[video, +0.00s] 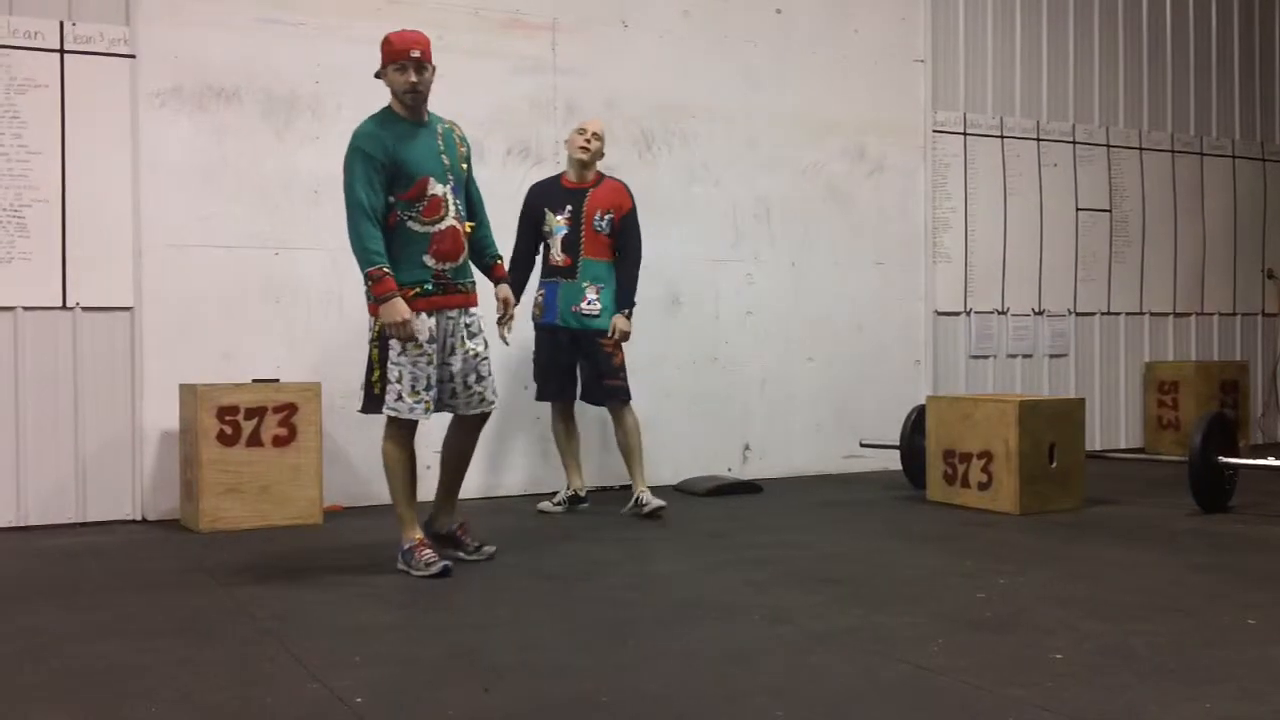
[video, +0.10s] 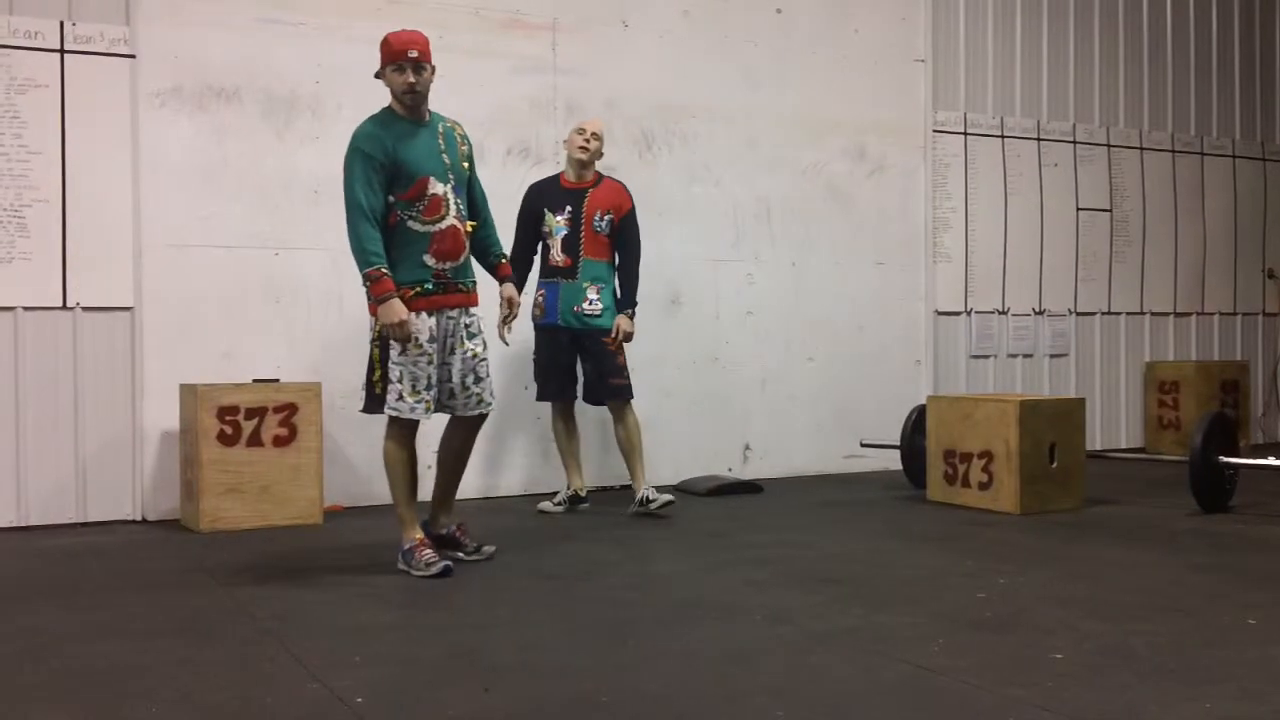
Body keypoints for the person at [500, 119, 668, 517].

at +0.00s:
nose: (587, 140)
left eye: (595, 137)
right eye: (582, 134)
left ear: (602, 152)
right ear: (567, 143)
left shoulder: (617, 193)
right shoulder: (541, 192)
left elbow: (630, 254)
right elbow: (524, 252)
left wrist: (624, 310)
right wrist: (508, 302)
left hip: (601, 318)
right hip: (553, 318)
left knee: (618, 402)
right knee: (560, 402)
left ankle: (640, 489)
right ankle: (575, 487)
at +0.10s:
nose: (587, 140)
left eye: (595, 137)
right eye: (581, 134)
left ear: (601, 150)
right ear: (566, 142)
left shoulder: (617, 194)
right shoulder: (540, 193)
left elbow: (629, 256)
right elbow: (522, 252)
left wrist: (627, 311)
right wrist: (510, 299)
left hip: (601, 317)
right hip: (552, 316)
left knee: (620, 403)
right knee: (561, 403)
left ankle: (641, 490)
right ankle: (575, 489)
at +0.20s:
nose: (588, 140)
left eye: (595, 137)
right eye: (582, 134)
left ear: (602, 150)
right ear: (566, 143)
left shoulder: (617, 194)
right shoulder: (539, 194)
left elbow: (630, 256)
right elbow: (523, 254)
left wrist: (629, 310)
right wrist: (511, 300)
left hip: (603, 316)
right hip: (554, 317)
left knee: (621, 402)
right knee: (562, 403)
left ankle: (643, 488)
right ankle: (575, 488)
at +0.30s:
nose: (588, 139)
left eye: (596, 137)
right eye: (582, 133)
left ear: (603, 151)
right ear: (566, 143)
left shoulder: (619, 193)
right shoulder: (541, 194)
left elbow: (632, 256)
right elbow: (524, 253)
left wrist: (631, 310)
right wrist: (513, 301)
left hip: (605, 316)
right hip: (555, 317)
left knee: (623, 402)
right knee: (563, 402)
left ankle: (644, 489)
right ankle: (576, 488)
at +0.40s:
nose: (592, 138)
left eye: (599, 136)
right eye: (585, 132)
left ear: (606, 151)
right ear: (570, 143)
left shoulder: (623, 193)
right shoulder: (545, 194)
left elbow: (635, 255)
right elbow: (528, 254)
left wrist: (635, 310)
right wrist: (517, 302)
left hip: (609, 316)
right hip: (559, 317)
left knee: (627, 402)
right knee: (565, 403)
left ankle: (646, 489)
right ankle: (575, 488)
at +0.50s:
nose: (597, 138)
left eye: (604, 135)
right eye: (590, 132)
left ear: (611, 150)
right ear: (575, 143)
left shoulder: (628, 193)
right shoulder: (551, 194)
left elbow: (641, 255)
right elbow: (534, 253)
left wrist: (641, 310)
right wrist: (525, 302)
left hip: (614, 315)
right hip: (565, 316)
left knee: (630, 403)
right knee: (568, 402)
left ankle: (647, 491)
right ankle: (576, 488)